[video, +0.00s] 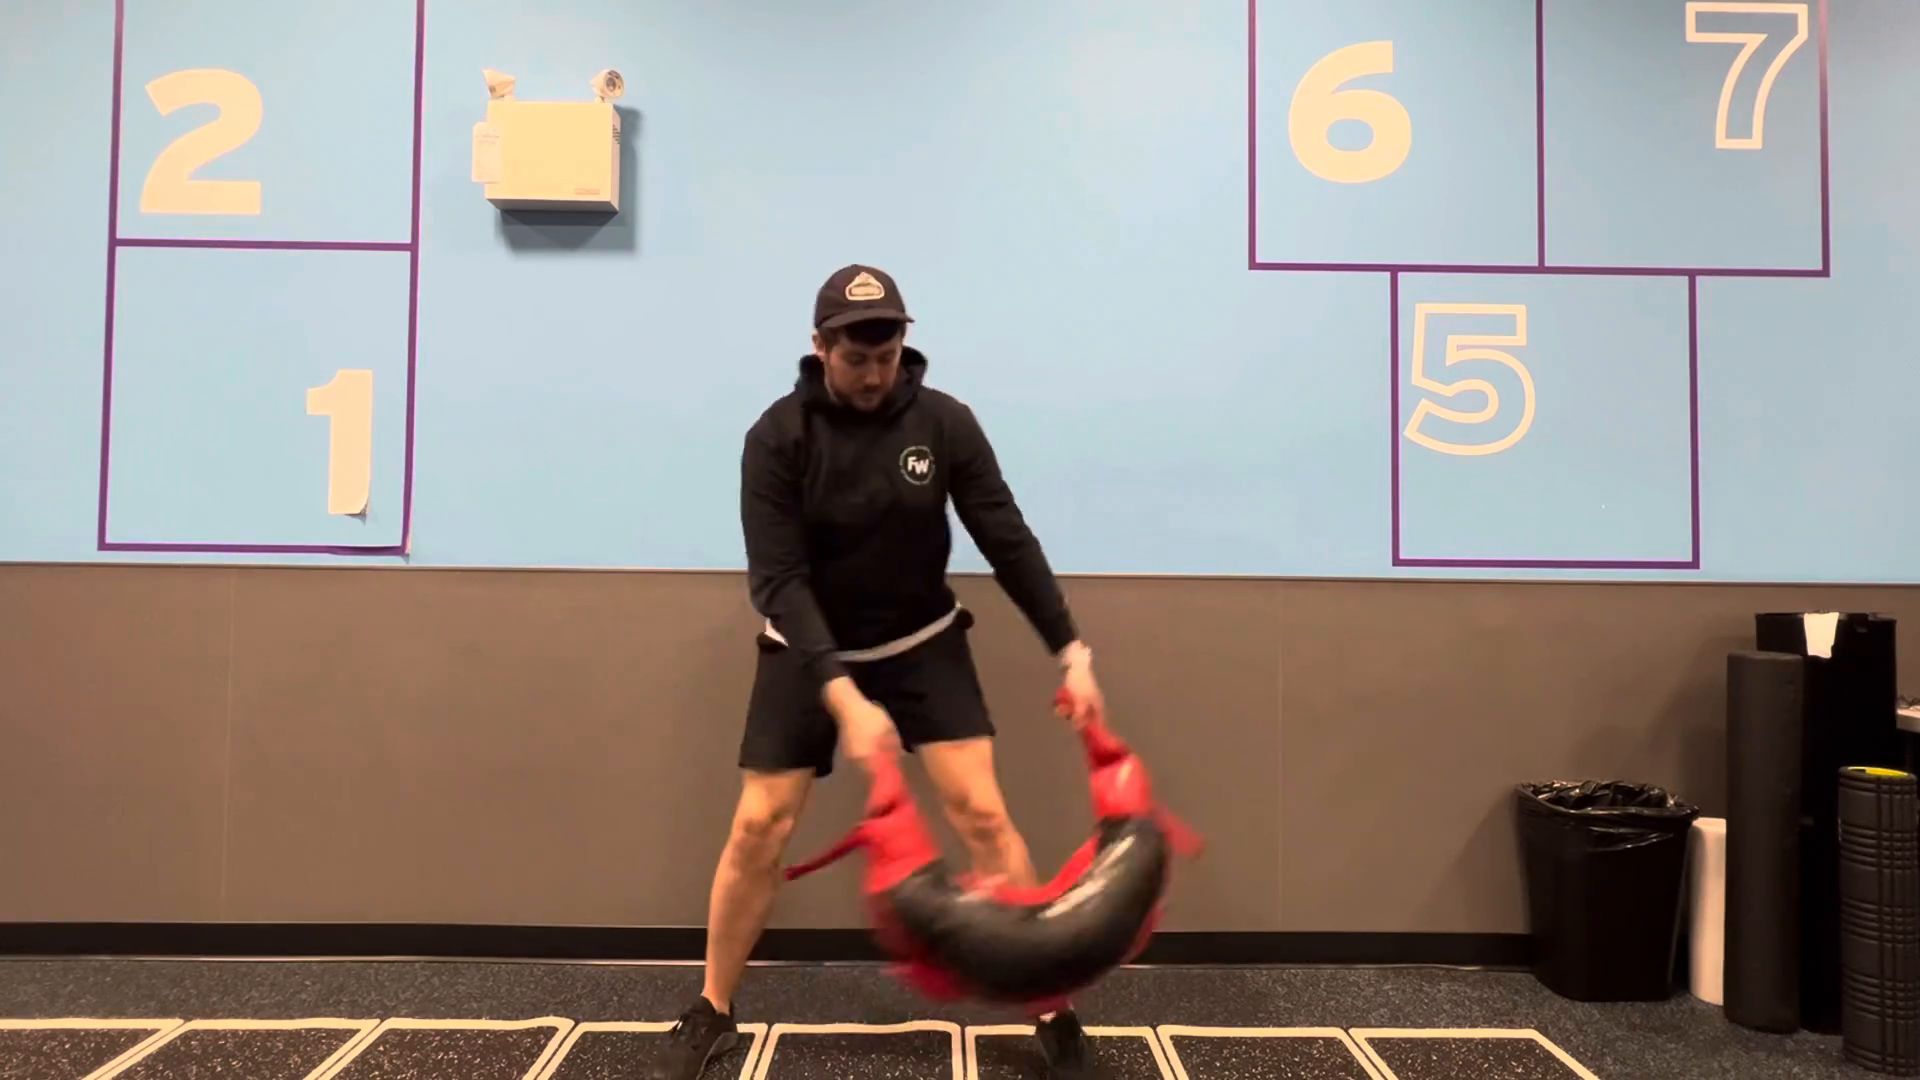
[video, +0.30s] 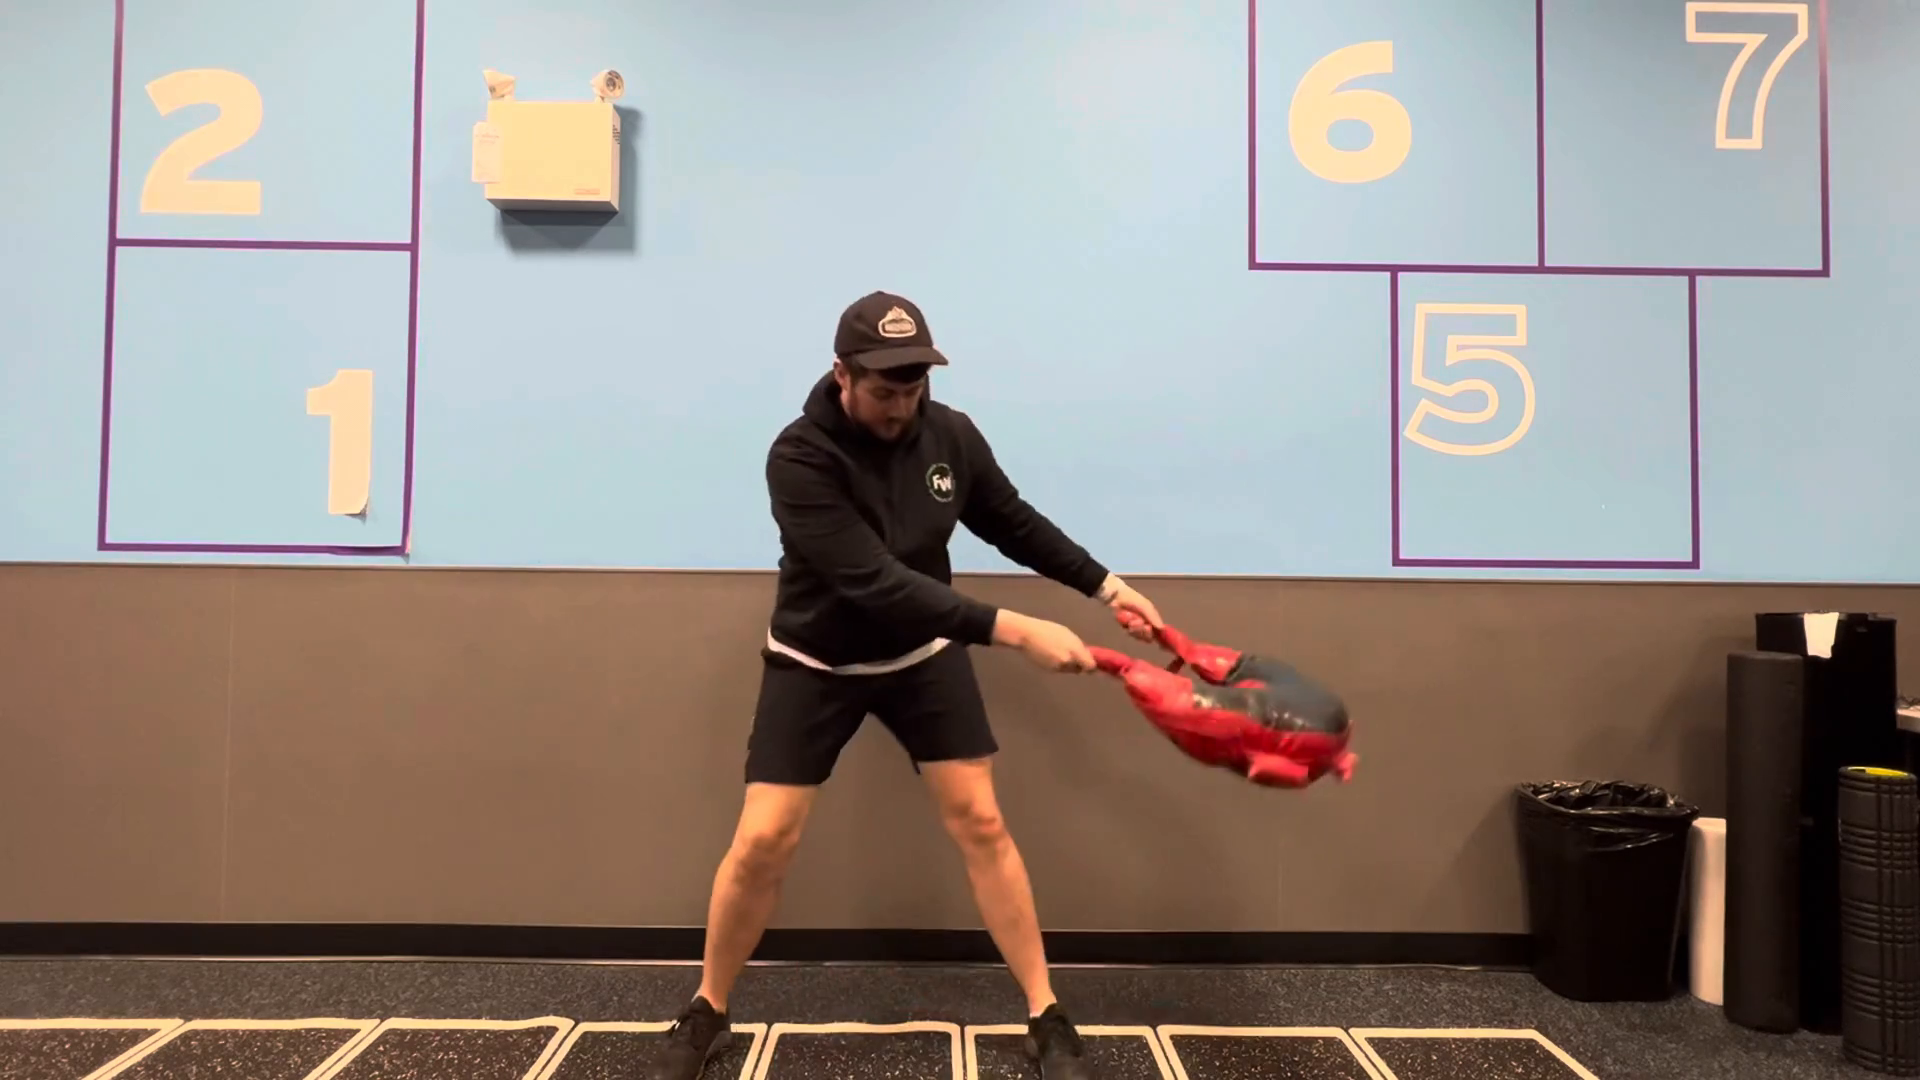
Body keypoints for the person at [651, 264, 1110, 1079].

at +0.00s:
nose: (872, 365)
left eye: (885, 347)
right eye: (854, 350)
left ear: (904, 342)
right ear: (820, 348)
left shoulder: (943, 423)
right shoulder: (777, 439)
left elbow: (1007, 540)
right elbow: (776, 582)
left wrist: (1071, 650)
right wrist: (842, 696)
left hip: (921, 643)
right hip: (806, 649)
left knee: (983, 814)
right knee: (756, 826)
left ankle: (1054, 1011)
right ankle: (713, 1009)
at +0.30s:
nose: (901, 398)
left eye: (914, 381)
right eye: (883, 384)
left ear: (929, 371)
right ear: (842, 373)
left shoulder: (949, 435)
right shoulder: (800, 459)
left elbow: (1008, 518)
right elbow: (873, 582)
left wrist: (1104, 583)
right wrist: (1015, 627)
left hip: (924, 657)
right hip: (813, 666)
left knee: (981, 822)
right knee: (761, 840)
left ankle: (1046, 1015)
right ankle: (707, 1012)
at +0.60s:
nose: (885, 416)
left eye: (900, 399)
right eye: (868, 398)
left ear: (924, 388)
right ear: (836, 384)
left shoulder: (956, 445)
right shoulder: (799, 467)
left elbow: (1020, 537)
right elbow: (855, 603)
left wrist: (1110, 618)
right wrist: (974, 675)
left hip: (926, 658)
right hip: (812, 663)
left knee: (991, 821)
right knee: (749, 836)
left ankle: (1045, 1017)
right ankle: (704, 1014)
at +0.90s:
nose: (833, 410)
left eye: (850, 394)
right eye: (820, 393)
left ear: (889, 381)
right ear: (804, 381)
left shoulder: (942, 453)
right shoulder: (776, 451)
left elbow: (961, 593)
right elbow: (749, 585)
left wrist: (952, 728)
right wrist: (724, 713)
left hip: (914, 664)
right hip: (802, 659)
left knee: (982, 830)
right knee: (749, 821)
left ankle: (1041, 1007)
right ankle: (712, 1002)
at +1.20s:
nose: (815, 396)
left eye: (833, 380)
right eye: (804, 377)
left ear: (879, 372)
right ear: (792, 366)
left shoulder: (911, 463)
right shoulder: (777, 418)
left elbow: (825, 588)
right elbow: (748, 500)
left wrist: (699, 655)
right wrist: (663, 564)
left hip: (910, 660)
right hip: (797, 653)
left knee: (980, 830)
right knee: (738, 824)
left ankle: (1048, 1013)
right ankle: (705, 1010)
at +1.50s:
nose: (829, 385)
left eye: (847, 369)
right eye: (816, 367)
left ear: (887, 360)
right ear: (799, 357)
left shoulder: (917, 450)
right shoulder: (779, 413)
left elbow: (824, 574)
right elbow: (750, 486)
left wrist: (687, 617)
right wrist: (665, 529)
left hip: (914, 655)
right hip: (797, 652)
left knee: (983, 828)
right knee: (743, 824)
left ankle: (1049, 1014)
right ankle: (704, 1011)